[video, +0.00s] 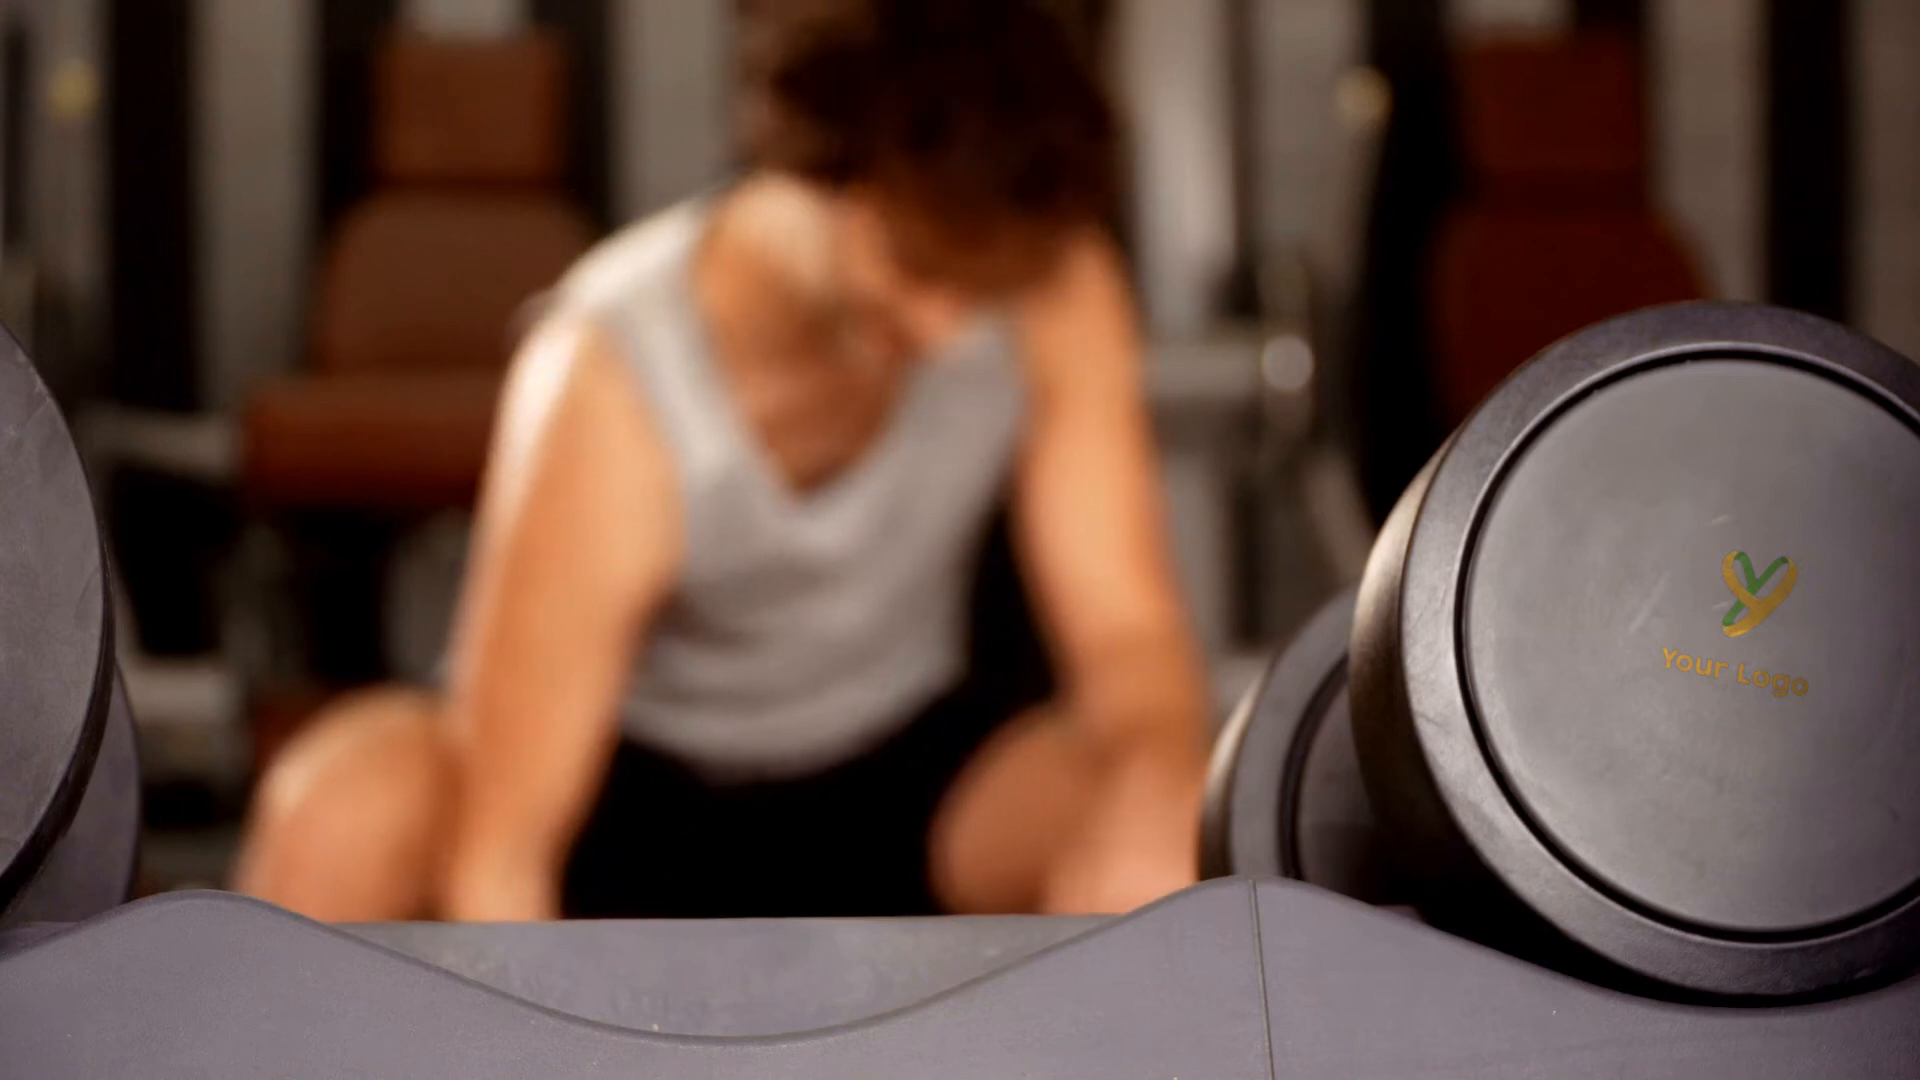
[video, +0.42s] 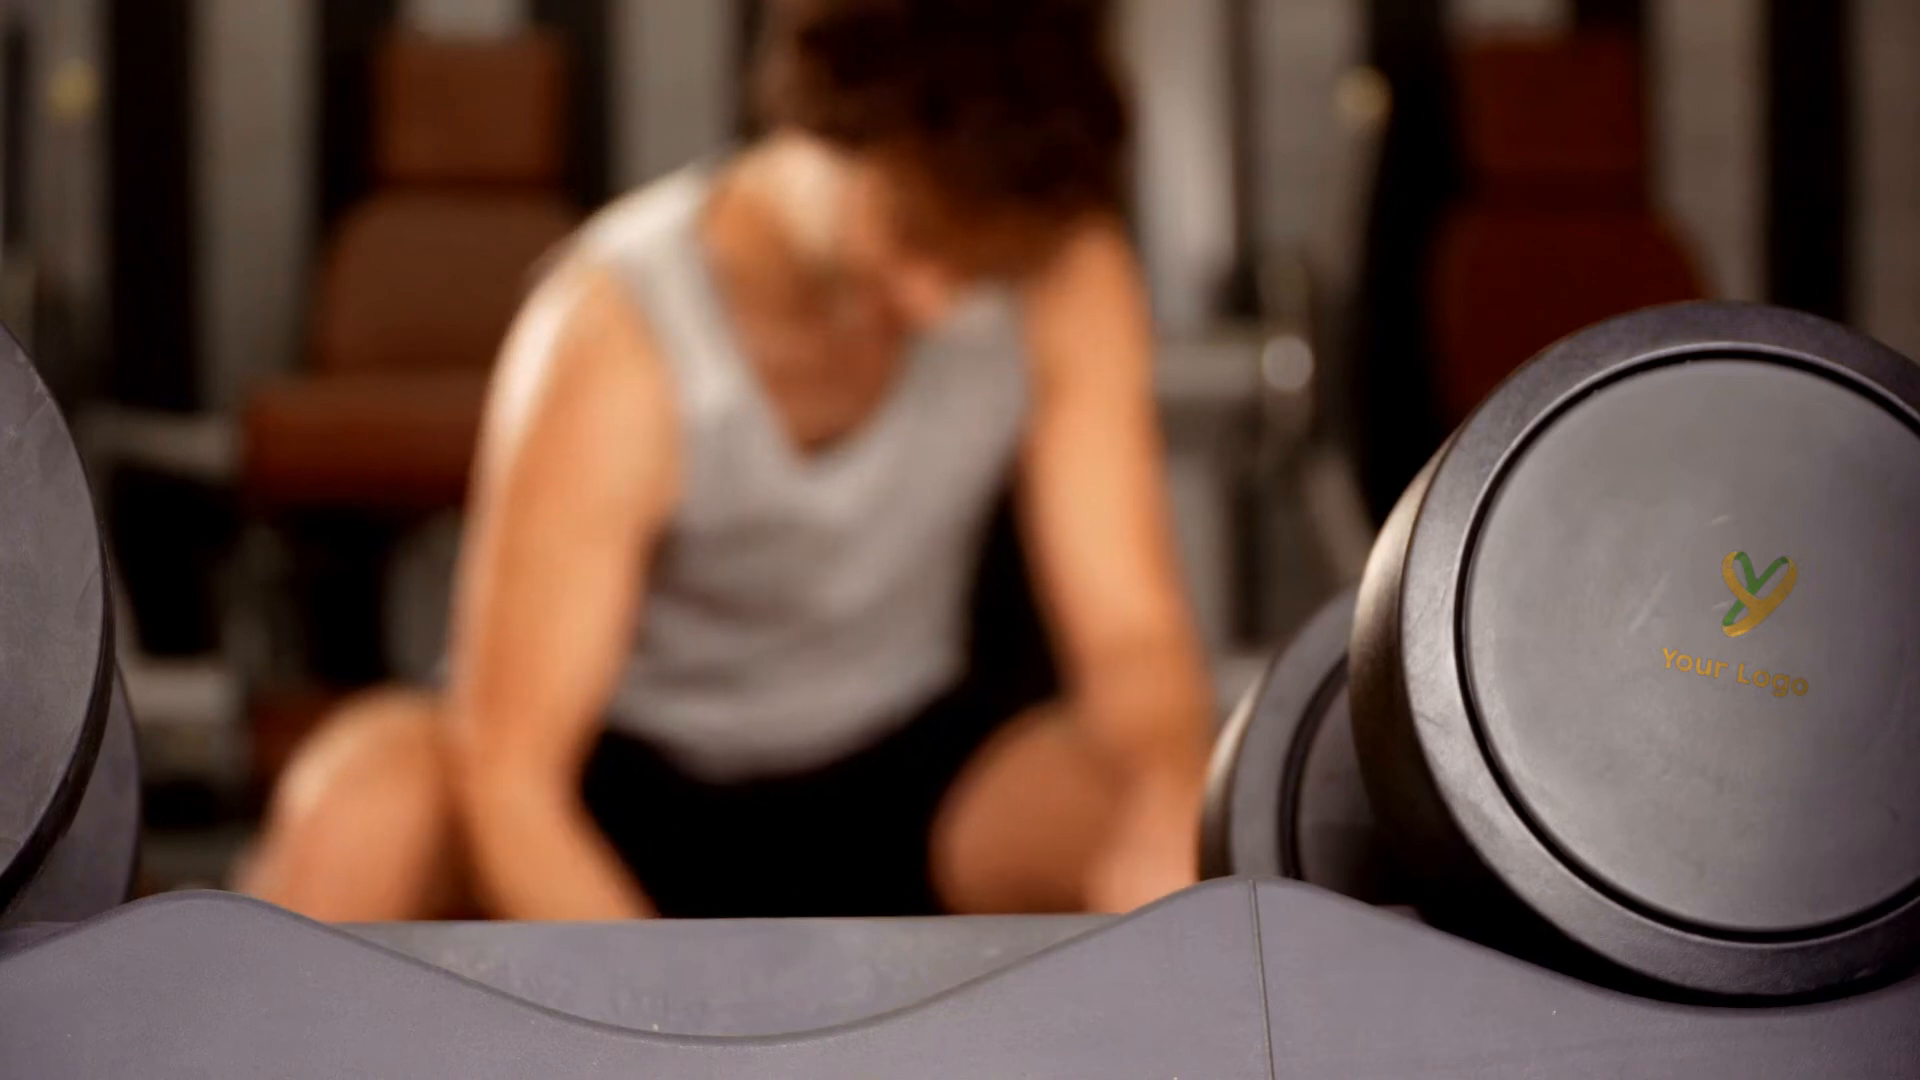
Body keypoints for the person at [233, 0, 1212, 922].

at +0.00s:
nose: (950, 332)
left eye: (996, 287)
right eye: (918, 276)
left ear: (1043, 241)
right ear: (830, 184)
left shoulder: (1049, 272)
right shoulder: (611, 374)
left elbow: (1130, 656)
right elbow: (504, 849)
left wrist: (1148, 851)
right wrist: (532, 1078)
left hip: (899, 788)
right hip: (625, 803)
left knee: (1157, 802)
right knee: (344, 789)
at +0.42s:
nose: (931, 305)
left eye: (983, 268)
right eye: (910, 246)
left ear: (1044, 226)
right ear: (830, 140)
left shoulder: (1058, 262)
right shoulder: (612, 325)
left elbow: (1132, 646)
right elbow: (509, 775)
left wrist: (1161, 850)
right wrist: (677, 1022)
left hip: (899, 785)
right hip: (629, 797)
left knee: (1175, 804)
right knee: (363, 783)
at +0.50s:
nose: (929, 298)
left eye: (980, 262)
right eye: (904, 241)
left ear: (1041, 219)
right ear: (826, 134)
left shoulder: (1057, 260)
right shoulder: (602, 316)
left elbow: (1133, 643)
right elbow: (511, 755)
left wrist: (1172, 839)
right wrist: (674, 956)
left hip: (902, 777)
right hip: (628, 790)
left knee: (1190, 806)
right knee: (367, 784)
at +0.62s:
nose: (923, 303)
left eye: (972, 267)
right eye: (896, 247)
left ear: (1037, 224)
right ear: (817, 135)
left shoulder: (1051, 263)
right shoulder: (578, 313)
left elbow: (1135, 643)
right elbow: (514, 754)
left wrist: (1171, 854)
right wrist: (767, 867)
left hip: (904, 779)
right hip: (619, 783)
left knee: (1199, 780)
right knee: (370, 787)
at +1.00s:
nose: (886, 303)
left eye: (926, 263)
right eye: (859, 248)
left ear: (980, 205)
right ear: (764, 148)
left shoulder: (1010, 262)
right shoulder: (492, 318)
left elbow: (1121, 639)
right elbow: (509, 749)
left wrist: (1182, 877)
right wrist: (735, 696)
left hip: (900, 786)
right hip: (598, 796)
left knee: (1169, 807)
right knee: (351, 798)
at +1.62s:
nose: (893, 271)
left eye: (944, 232)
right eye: (867, 214)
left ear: (1003, 179)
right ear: (785, 116)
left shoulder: (1034, 256)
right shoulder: (546, 313)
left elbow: (1125, 636)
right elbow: (514, 735)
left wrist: (1195, 807)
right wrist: (846, 823)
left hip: (901, 796)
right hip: (611, 796)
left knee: (1193, 800)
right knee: (360, 786)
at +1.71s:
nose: (905, 272)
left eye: (955, 233)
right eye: (879, 215)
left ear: (1010, 180)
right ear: (799, 119)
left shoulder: (1042, 255)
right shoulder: (562, 313)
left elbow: (1126, 631)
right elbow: (514, 764)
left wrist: (1201, 806)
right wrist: (734, 897)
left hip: (907, 770)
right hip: (625, 782)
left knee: (1199, 815)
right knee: (358, 797)